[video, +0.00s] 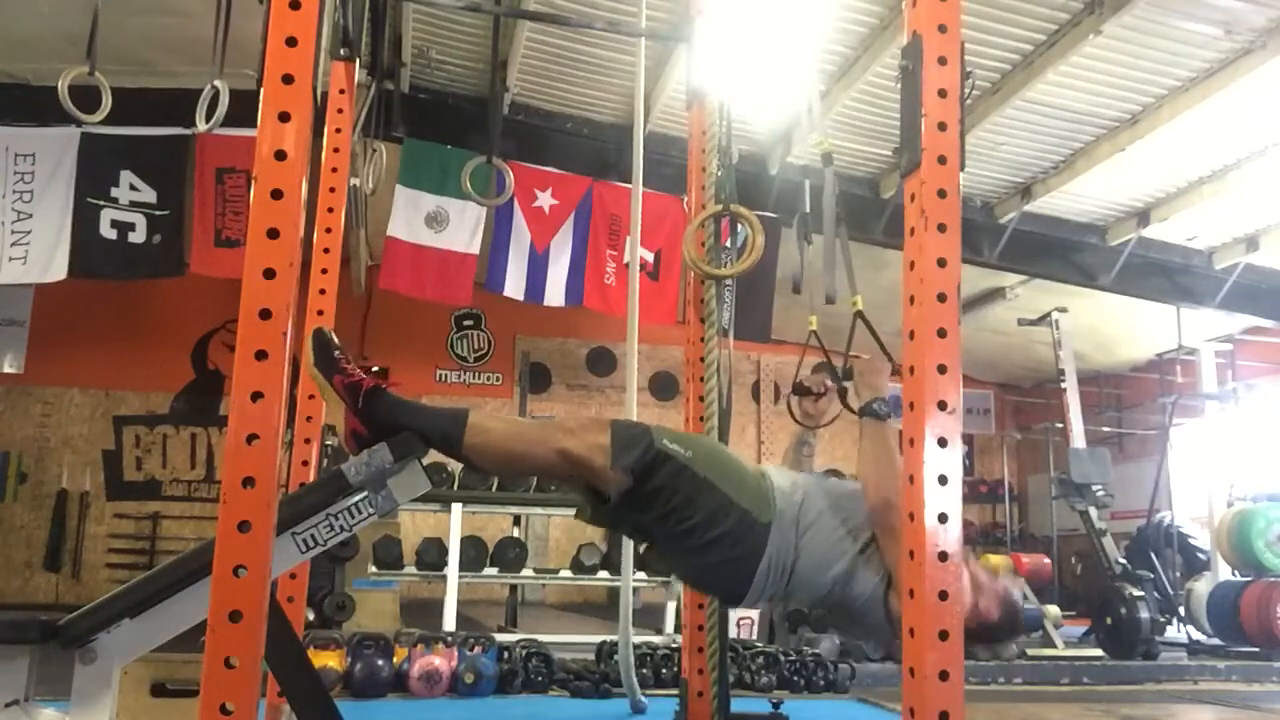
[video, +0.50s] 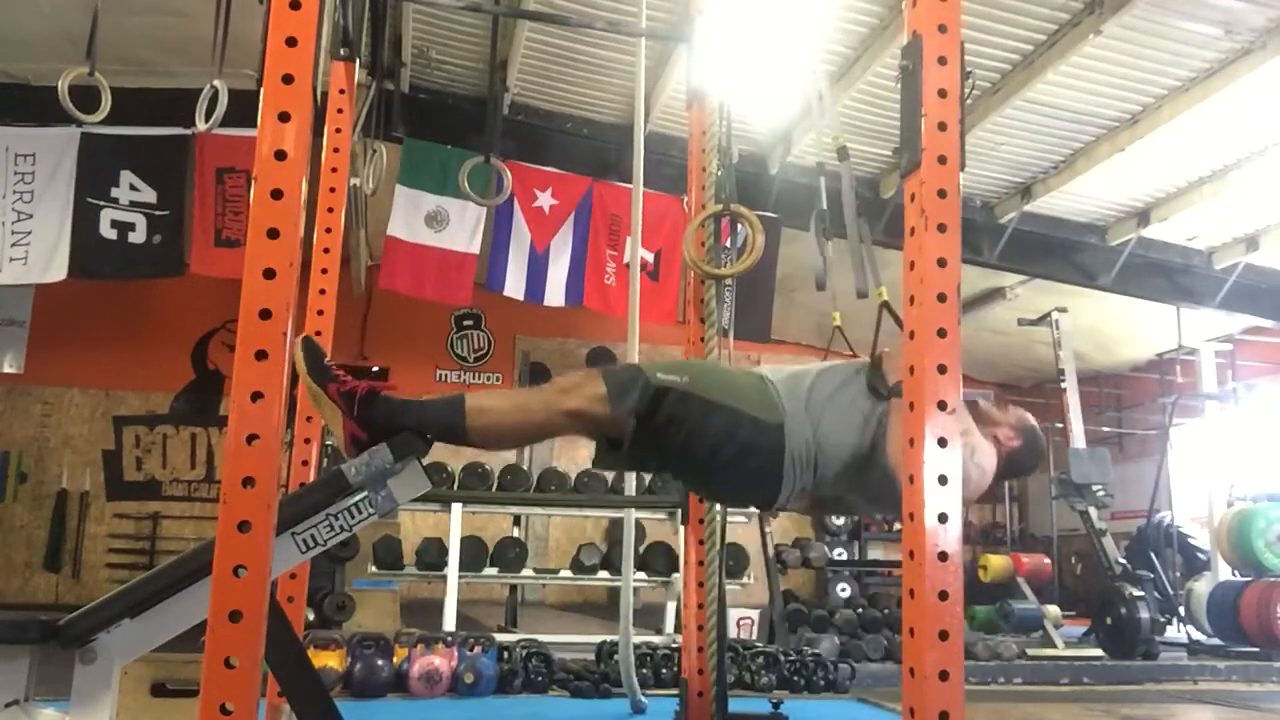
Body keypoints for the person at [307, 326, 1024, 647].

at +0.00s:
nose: (979, 579)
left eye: (988, 599)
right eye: (992, 577)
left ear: (972, 625)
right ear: (981, 565)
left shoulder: (927, 622)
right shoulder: (921, 562)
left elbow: (894, 519)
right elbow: (867, 510)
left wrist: (883, 419)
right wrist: (847, 436)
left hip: (761, 541)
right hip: (756, 508)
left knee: (593, 446)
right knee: (581, 449)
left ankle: (385, 409)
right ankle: (393, 424)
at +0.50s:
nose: (998, 420)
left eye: (1007, 432)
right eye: (1004, 420)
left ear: (1000, 460)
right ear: (992, 420)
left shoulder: (967, 467)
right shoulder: (945, 417)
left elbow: (905, 470)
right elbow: (875, 377)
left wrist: (905, 380)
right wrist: (894, 364)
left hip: (771, 444)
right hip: (758, 411)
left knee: (590, 393)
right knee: (581, 391)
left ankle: (386, 422)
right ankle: (383, 415)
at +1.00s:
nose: (900, 430)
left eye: (911, 444)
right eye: (911, 429)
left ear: (902, 478)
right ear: (900, 429)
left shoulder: (850, 490)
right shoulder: (843, 440)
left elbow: (780, 473)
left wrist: (790, 391)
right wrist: (799, 380)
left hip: (644, 414)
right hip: (650, 389)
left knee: (486, 287)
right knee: (480, 310)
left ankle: (337, 420)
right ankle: (344, 414)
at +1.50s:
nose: (756, 398)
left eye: (765, 411)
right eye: (768, 401)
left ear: (752, 441)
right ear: (751, 434)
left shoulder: (705, 450)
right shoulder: (698, 419)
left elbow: (625, 437)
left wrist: (660, 356)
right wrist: (663, 351)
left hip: (500, 361)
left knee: (323, 244)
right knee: (335, 308)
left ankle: (298, 415)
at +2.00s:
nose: (762, 404)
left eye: (771, 418)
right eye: (774, 408)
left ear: (762, 449)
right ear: (760, 445)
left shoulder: (714, 459)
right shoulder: (707, 431)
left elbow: (634, 439)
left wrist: (669, 363)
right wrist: (669, 351)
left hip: (508, 363)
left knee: (333, 251)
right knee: (352, 295)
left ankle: (292, 420)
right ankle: (290, 417)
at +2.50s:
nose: (890, 461)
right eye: (897, 466)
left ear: (885, 517)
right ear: (903, 470)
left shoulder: (860, 520)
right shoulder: (856, 450)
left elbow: (805, 476)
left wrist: (809, 393)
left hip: (671, 431)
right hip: (678, 394)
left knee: (512, 304)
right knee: (505, 301)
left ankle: (351, 417)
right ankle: (363, 399)